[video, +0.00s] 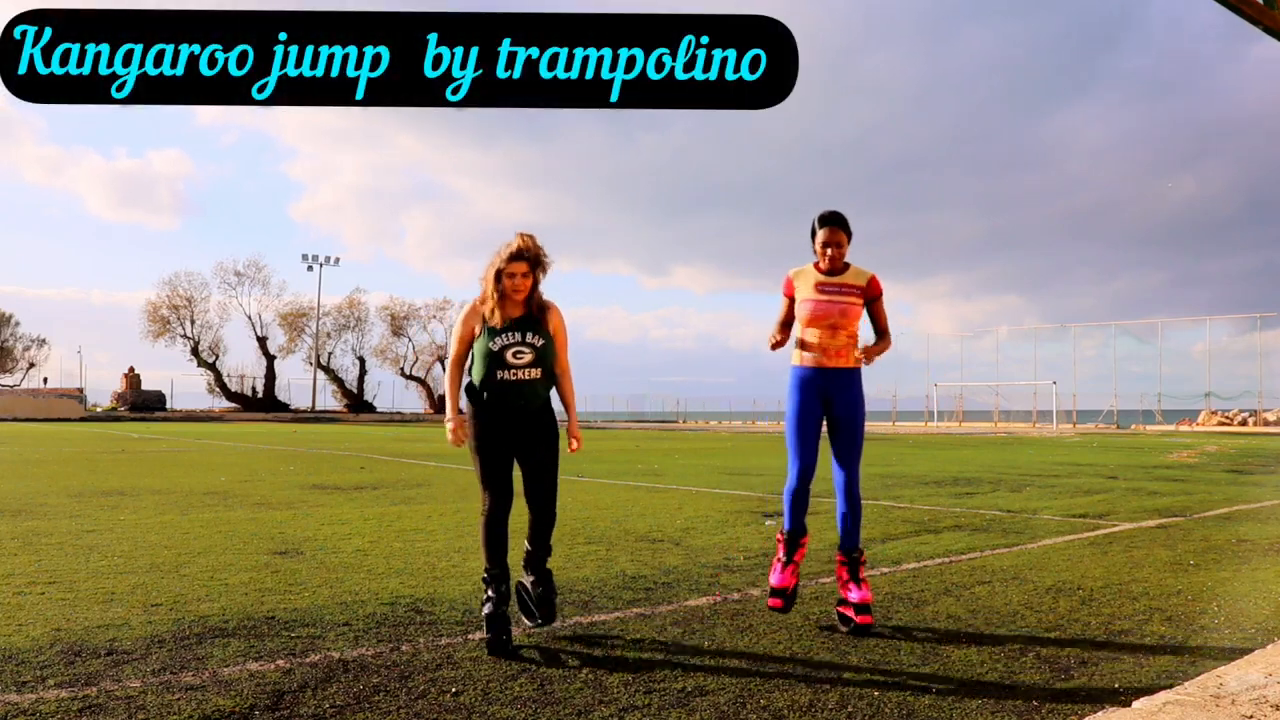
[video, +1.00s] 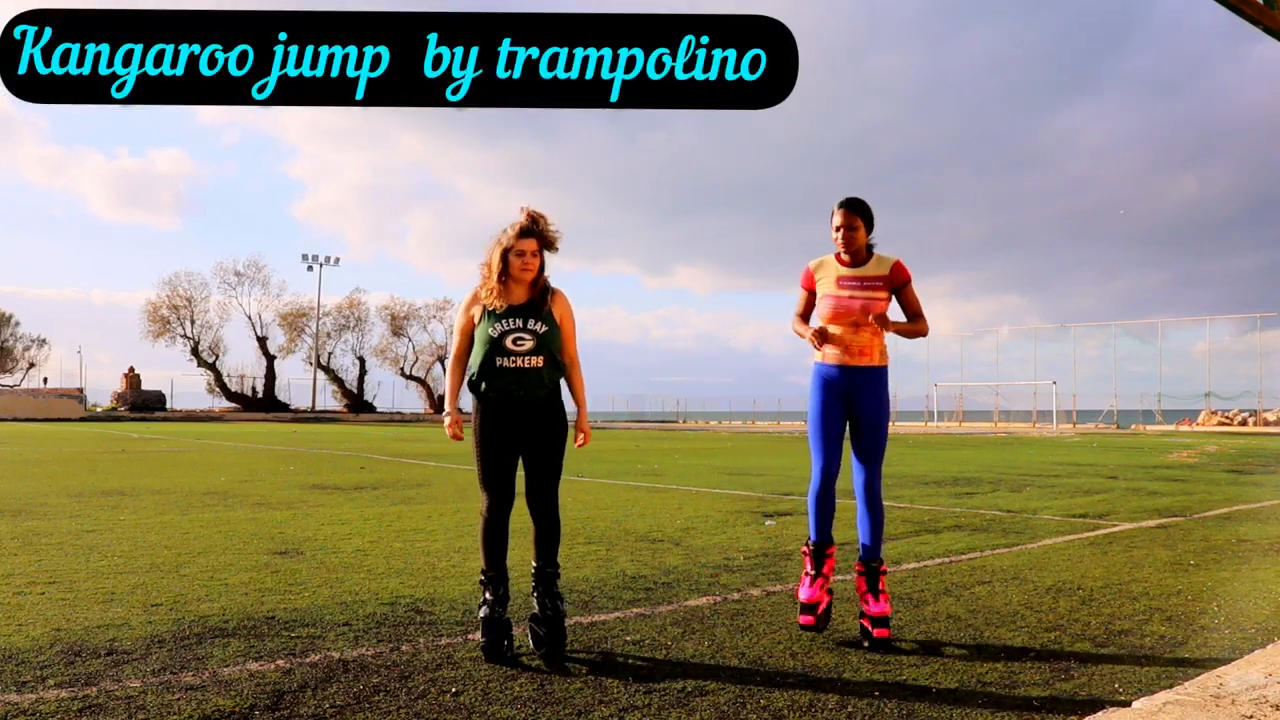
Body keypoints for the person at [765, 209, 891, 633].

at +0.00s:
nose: (831, 253)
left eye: (838, 246)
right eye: (825, 246)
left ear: (848, 246)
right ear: (813, 245)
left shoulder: (864, 282)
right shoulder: (797, 279)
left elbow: (885, 336)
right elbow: (784, 324)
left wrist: (874, 350)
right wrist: (779, 337)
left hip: (846, 383)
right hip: (804, 381)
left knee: (848, 480)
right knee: (799, 474)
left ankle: (850, 570)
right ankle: (789, 552)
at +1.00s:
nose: (841, 235)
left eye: (849, 228)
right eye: (836, 228)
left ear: (867, 231)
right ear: (830, 231)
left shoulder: (891, 270)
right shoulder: (817, 271)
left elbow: (920, 326)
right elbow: (798, 319)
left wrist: (892, 325)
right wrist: (808, 331)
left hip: (871, 382)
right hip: (826, 380)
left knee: (868, 483)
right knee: (822, 476)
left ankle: (872, 577)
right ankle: (817, 567)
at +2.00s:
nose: (877, 224)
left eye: (885, 216)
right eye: (871, 218)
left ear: (900, 220)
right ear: (864, 223)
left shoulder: (922, 265)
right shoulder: (850, 256)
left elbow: (929, 309)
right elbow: (828, 307)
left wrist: (911, 351)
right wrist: (816, 356)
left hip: (882, 371)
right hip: (838, 359)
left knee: (872, 477)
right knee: (788, 443)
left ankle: (867, 570)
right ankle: (731, 525)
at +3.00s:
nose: (836, 218)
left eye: (843, 211)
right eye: (830, 210)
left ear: (852, 215)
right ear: (814, 212)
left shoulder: (871, 248)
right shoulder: (799, 257)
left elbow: (891, 307)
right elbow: (795, 320)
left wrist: (902, 359)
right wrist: (817, 260)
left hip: (886, 353)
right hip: (841, 364)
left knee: (951, 437)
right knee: (851, 467)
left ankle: (1014, 512)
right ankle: (856, 569)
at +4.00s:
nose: (918, 222)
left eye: (925, 215)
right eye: (912, 216)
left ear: (940, 220)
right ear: (904, 224)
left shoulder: (961, 269)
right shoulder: (889, 262)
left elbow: (966, 332)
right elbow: (865, 327)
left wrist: (942, 324)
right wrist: (839, 379)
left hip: (921, 375)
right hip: (877, 364)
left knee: (916, 477)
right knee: (819, 444)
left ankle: (908, 574)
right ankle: (750, 518)